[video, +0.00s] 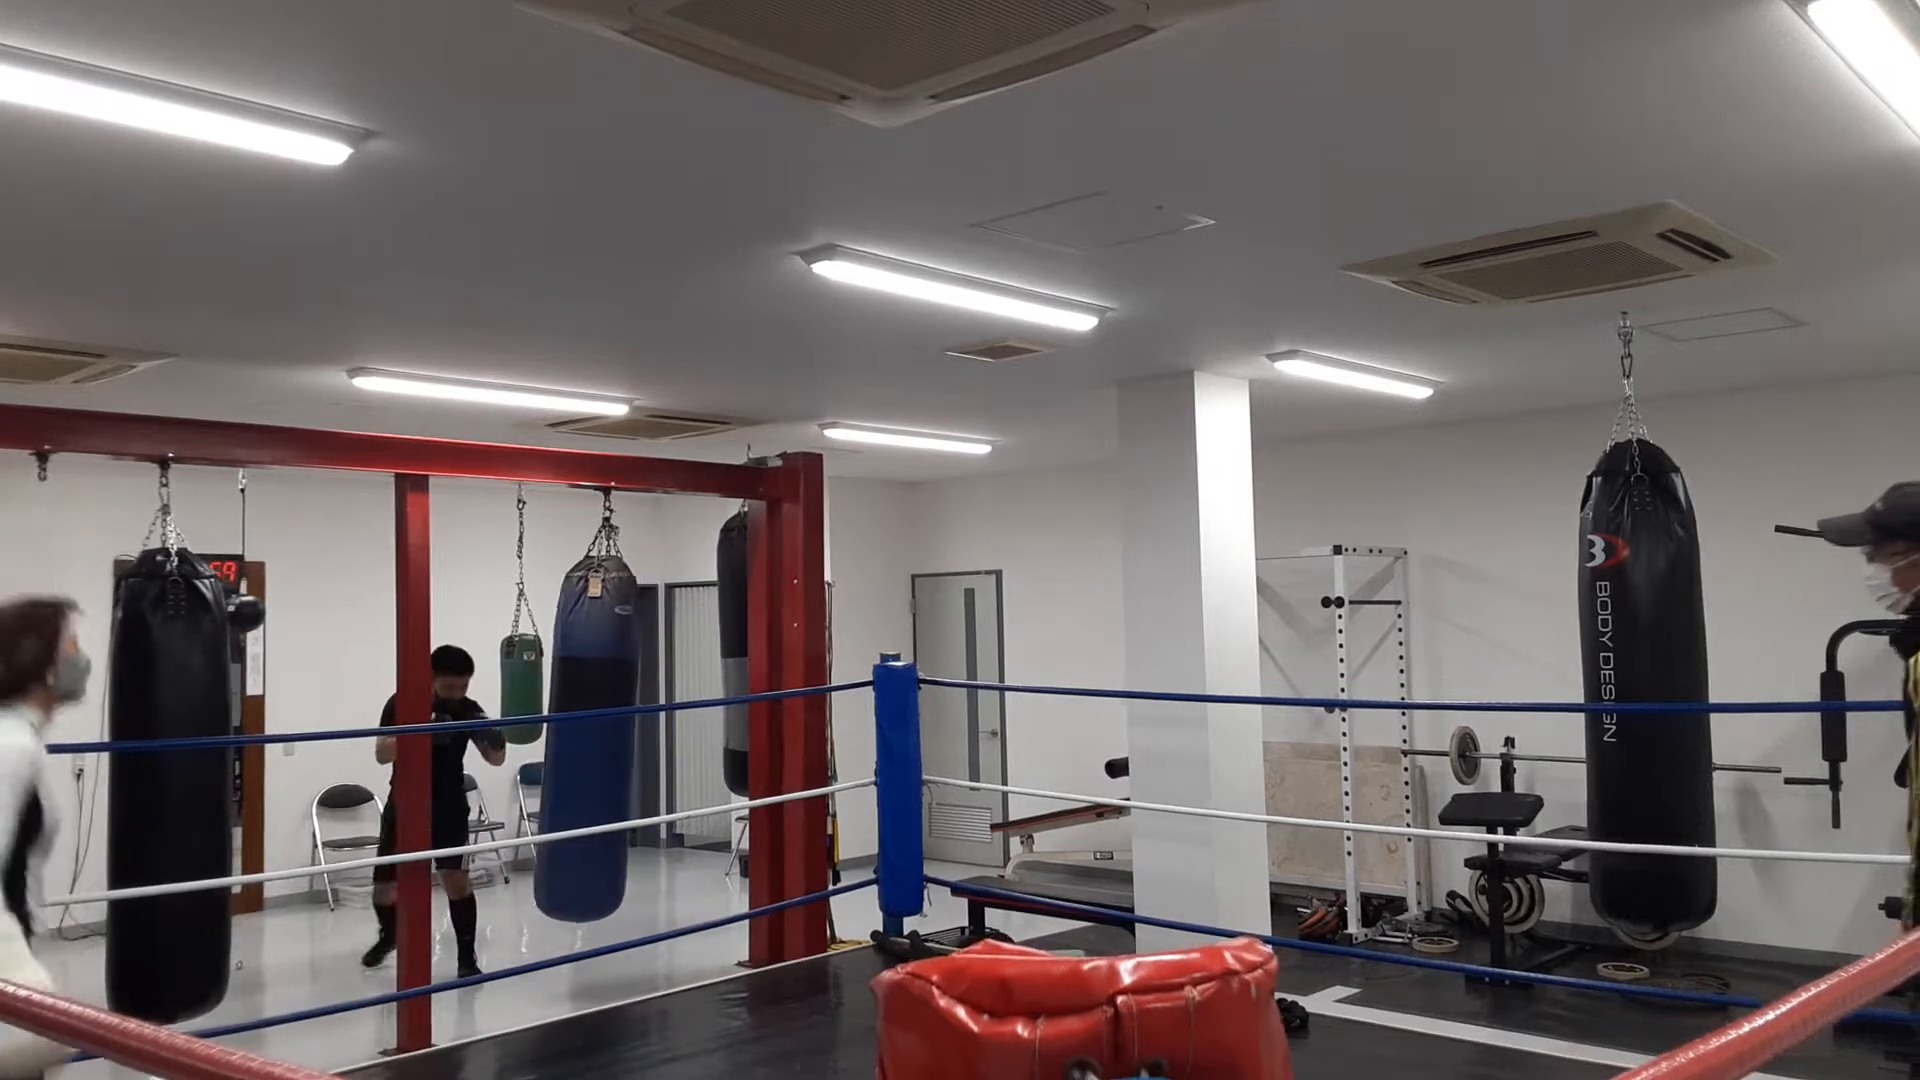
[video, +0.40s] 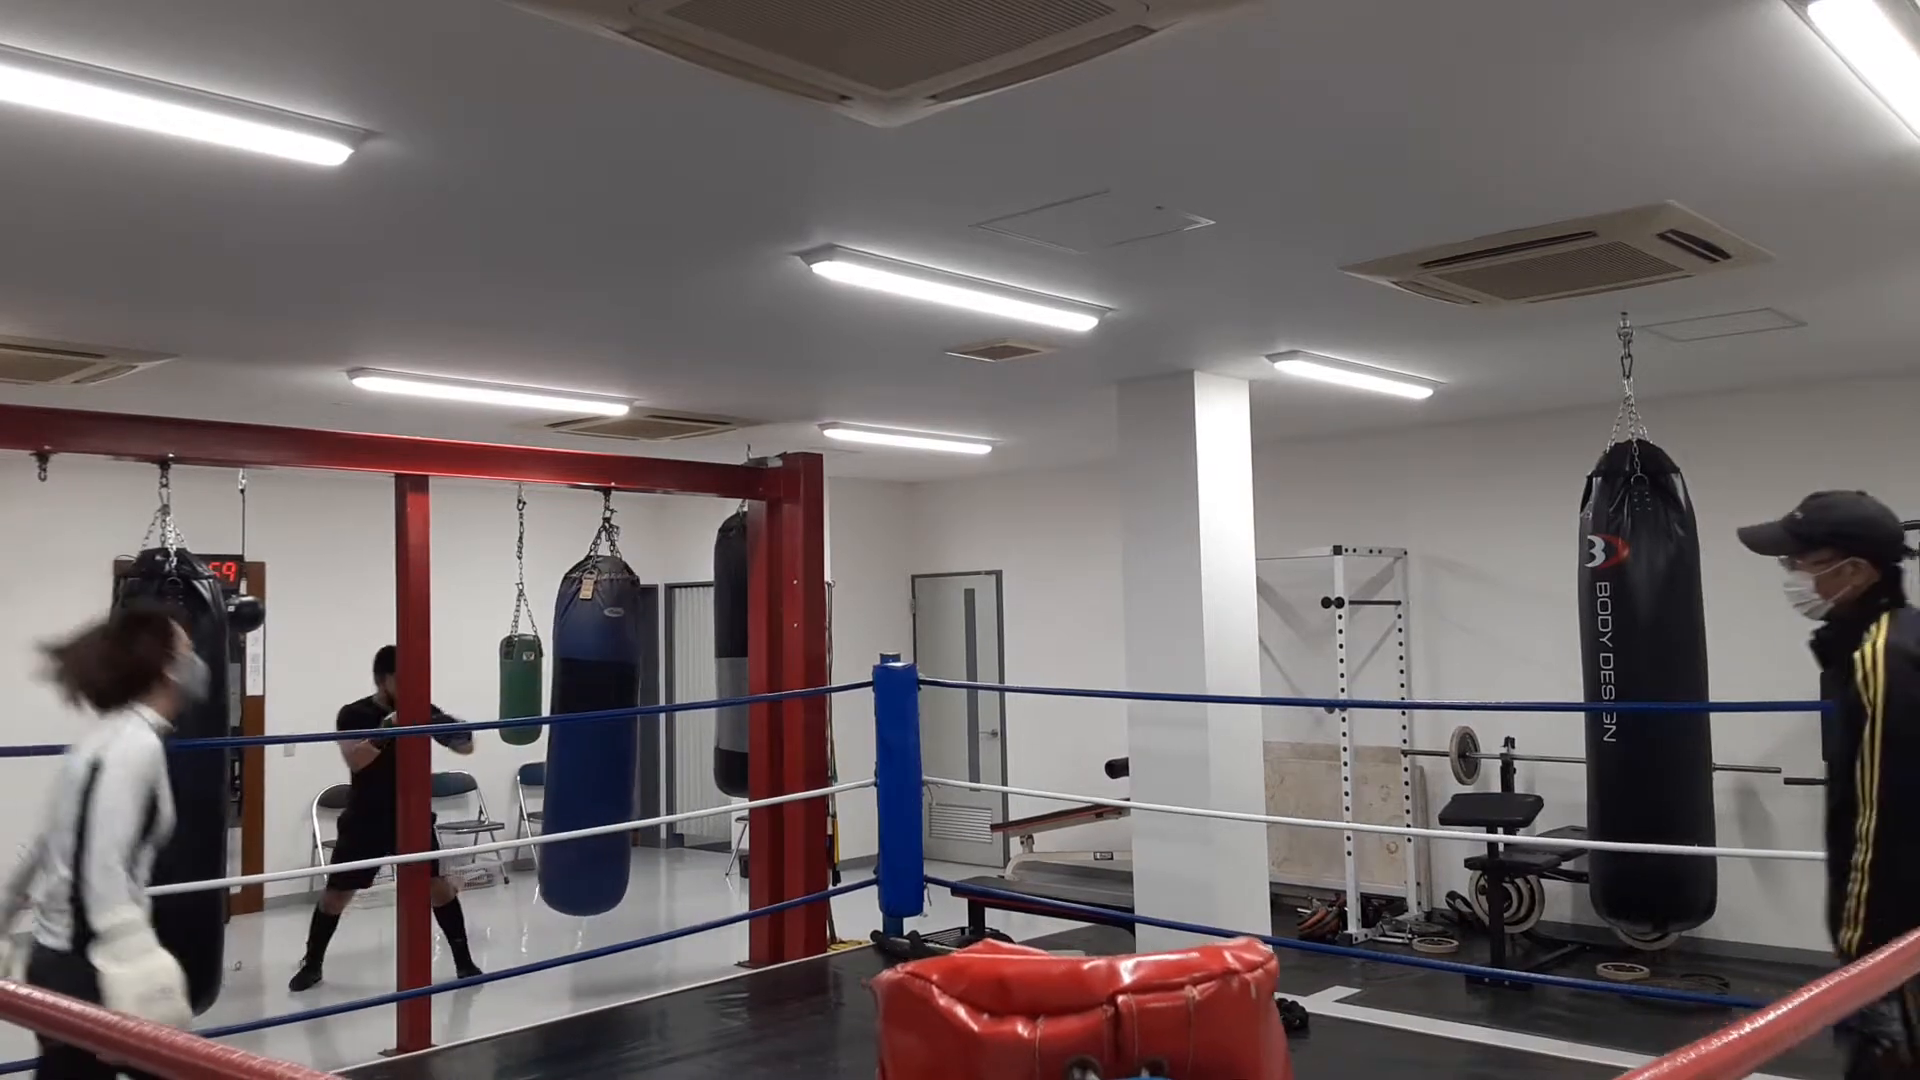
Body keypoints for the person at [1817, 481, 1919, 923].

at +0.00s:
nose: (1881, 575)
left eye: (1890, 561)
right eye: (1879, 561)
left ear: (1919, 558)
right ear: (1902, 560)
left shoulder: (1913, 647)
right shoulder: (1910, 646)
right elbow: (1914, 788)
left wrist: (1911, 904)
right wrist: (1910, 903)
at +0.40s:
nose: (1793, 579)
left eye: (1803, 567)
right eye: (1794, 567)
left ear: (1854, 572)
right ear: (1854, 573)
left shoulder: (1879, 654)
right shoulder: (1864, 645)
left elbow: (1878, 818)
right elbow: (1866, 811)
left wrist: (1857, 962)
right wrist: (1858, 954)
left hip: (1891, 960)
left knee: (1882, 1060)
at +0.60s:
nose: (1748, 572)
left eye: (1761, 555)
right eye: (1747, 558)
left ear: (1817, 559)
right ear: (1812, 562)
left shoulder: (1845, 644)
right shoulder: (1822, 640)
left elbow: (1844, 804)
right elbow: (1822, 801)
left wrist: (1820, 947)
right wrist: (1803, 935)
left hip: (1855, 952)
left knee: (1847, 1066)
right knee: (1835, 1064)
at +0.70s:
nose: (1732, 576)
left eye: (1745, 559)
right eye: (1728, 563)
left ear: (1800, 559)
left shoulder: (1835, 650)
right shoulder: (1798, 645)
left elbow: (1832, 809)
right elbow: (1797, 797)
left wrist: (1801, 951)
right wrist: (1775, 931)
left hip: (1827, 946)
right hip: (1795, 935)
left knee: (1813, 1067)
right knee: (1789, 1064)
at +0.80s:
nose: (1714, 581)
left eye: (1728, 564)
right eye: (1708, 568)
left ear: (1783, 560)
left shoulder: (1823, 650)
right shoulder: (1768, 645)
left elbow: (1825, 809)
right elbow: (1769, 793)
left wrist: (1785, 945)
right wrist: (1749, 919)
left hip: (1808, 941)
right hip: (1762, 928)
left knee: (1810, 1065)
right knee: (1763, 1060)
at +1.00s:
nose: (1678, 585)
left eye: (1693, 567)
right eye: (1667, 572)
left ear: (1741, 563)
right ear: (1657, 575)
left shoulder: (1792, 655)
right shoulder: (1711, 654)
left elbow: (1810, 816)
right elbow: (1706, 789)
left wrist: (1766, 954)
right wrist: (1675, 879)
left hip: (1777, 933)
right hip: (1724, 916)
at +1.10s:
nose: (1654, 590)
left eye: (1668, 571)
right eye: (1642, 577)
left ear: (1715, 566)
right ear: (1632, 581)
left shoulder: (1761, 657)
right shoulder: (1685, 656)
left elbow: (1787, 815)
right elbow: (1684, 791)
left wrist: (1765, 961)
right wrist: (1647, 877)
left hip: (1753, 935)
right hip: (1703, 922)